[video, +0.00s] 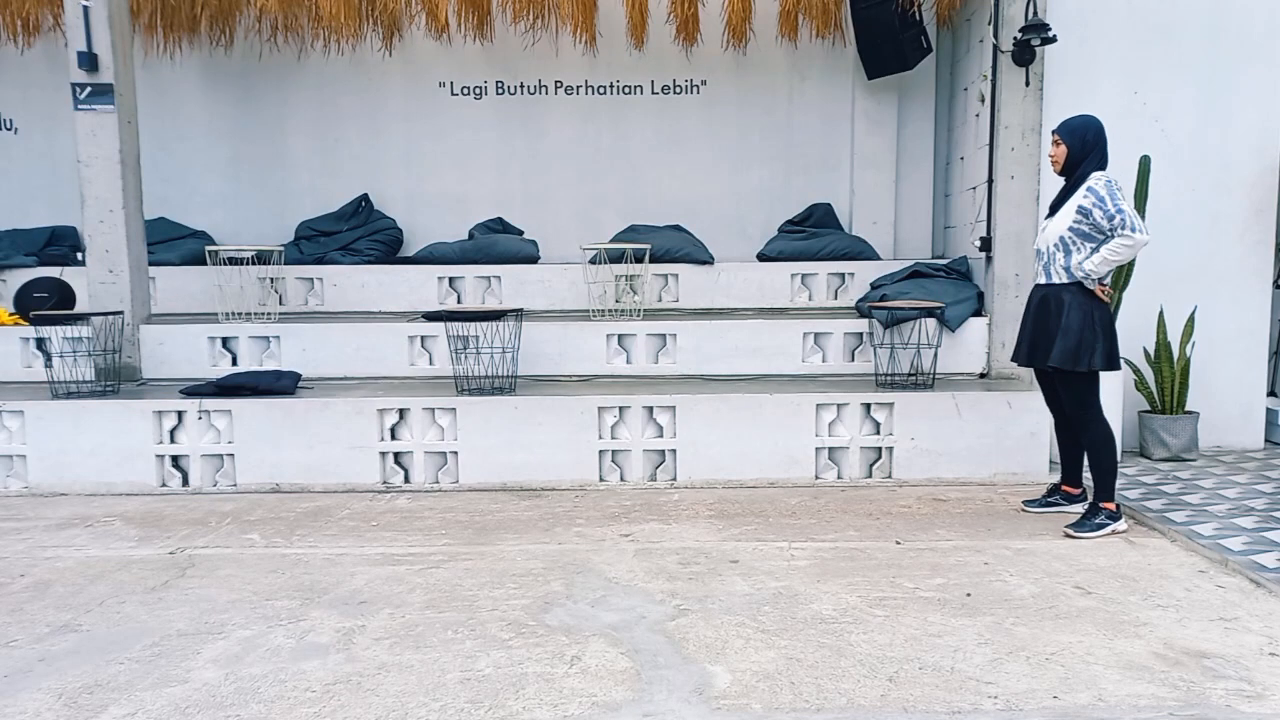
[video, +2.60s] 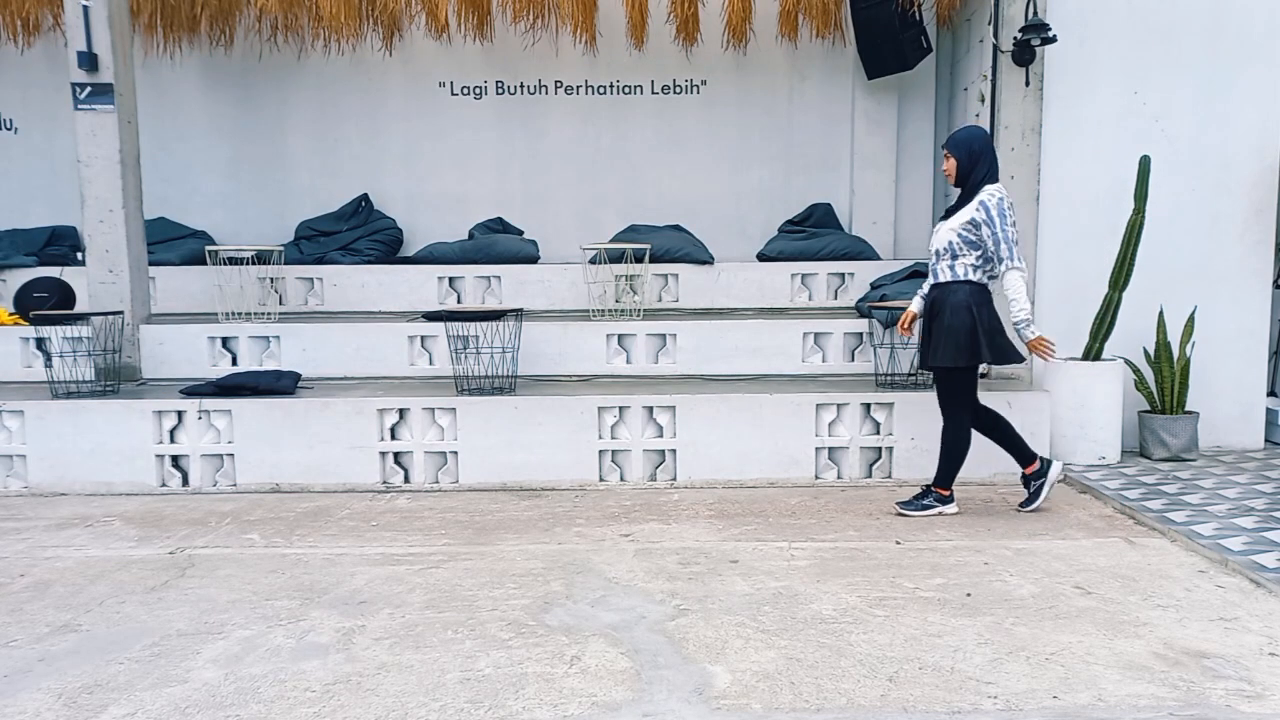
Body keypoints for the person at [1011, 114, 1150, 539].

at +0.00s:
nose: (1051, 152)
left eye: (1058, 144)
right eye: (1052, 144)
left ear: (1080, 147)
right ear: (1075, 148)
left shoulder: (1099, 185)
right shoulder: (1070, 190)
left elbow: (1134, 234)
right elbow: (1083, 243)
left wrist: (1093, 272)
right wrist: (1075, 275)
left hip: (1075, 309)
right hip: (1047, 307)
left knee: (1085, 409)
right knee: (1059, 405)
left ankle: (1107, 507)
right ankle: (1070, 489)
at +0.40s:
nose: (1040, 155)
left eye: (1047, 147)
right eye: (1041, 147)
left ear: (1069, 149)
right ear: (1063, 151)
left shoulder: (1088, 186)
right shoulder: (1060, 192)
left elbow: (1121, 236)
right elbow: (1074, 245)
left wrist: (1085, 273)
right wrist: (1090, 279)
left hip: (1067, 307)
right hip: (1049, 305)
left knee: (1037, 399)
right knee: (1060, 401)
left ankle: (1057, 497)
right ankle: (1072, 489)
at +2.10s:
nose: (1009, 169)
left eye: (1014, 161)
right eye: (1008, 161)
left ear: (1035, 158)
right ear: (1031, 161)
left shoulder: (1054, 188)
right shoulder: (1039, 195)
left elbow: (1090, 231)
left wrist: (1050, 285)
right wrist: (1030, 286)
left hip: (1039, 312)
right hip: (1033, 311)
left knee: (999, 398)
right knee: (1051, 402)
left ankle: (1004, 495)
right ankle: (1071, 489)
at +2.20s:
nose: (1000, 168)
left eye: (1005, 160)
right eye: (998, 160)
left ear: (1027, 158)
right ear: (1017, 160)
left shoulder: (1048, 186)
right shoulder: (1025, 198)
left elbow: (1091, 231)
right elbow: (1015, 262)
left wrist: (1052, 283)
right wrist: (997, 306)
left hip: (1032, 310)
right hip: (1017, 310)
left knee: (994, 397)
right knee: (1048, 404)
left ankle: (964, 490)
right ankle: (1071, 489)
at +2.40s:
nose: (976, 169)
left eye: (981, 161)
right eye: (976, 162)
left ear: (1002, 160)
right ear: (996, 163)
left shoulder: (1027, 194)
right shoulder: (997, 205)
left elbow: (1072, 248)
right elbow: (978, 268)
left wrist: (1074, 311)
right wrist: (948, 304)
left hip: (1006, 310)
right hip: (988, 311)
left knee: (968, 400)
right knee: (1030, 403)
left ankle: (939, 489)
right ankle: (1068, 486)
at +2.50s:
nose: (960, 169)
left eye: (965, 160)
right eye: (960, 160)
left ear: (987, 160)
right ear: (983, 160)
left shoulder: (1011, 198)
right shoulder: (983, 204)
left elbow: (1041, 263)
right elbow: (958, 265)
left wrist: (1071, 321)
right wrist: (927, 300)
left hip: (982, 308)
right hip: (967, 308)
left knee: (959, 402)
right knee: (1006, 402)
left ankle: (940, 490)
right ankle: (1060, 479)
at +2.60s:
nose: (944, 166)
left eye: (949, 158)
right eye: (944, 158)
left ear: (970, 158)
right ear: (967, 159)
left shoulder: (992, 199)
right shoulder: (964, 202)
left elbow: (1011, 267)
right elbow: (942, 267)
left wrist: (1025, 327)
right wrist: (917, 305)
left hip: (962, 304)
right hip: (944, 305)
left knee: (955, 404)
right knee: (963, 405)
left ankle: (941, 491)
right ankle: (1035, 468)